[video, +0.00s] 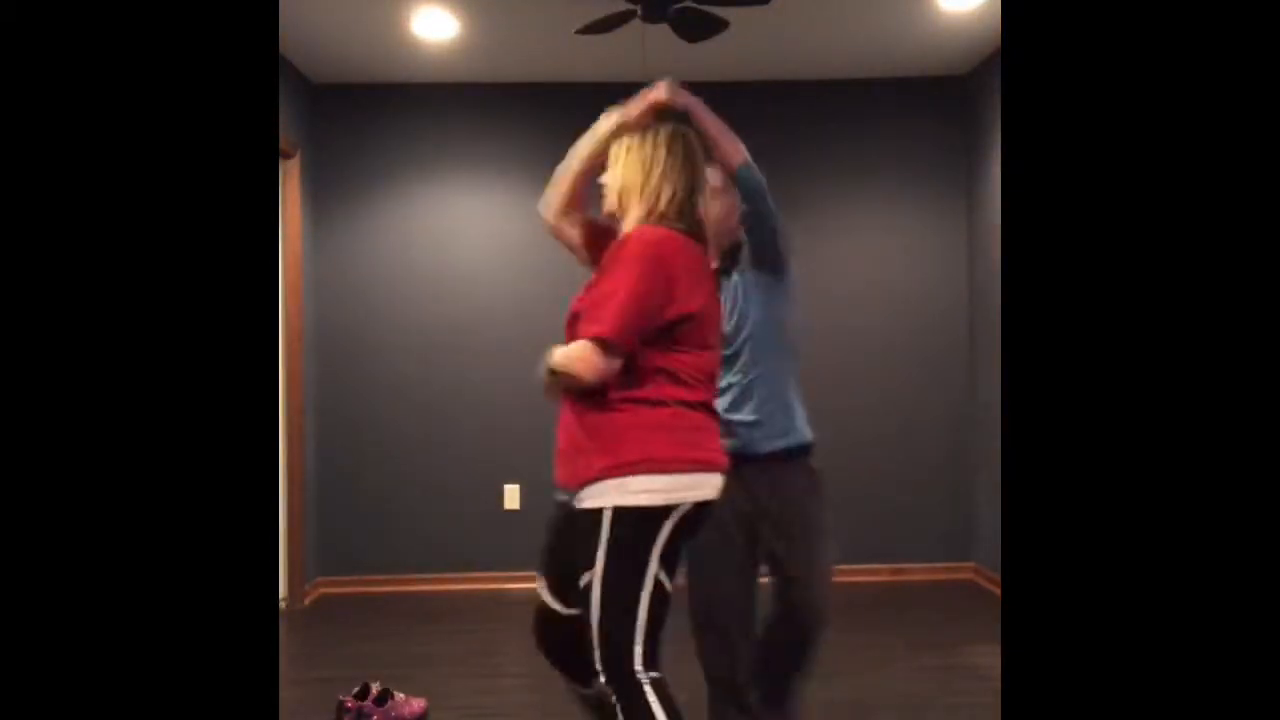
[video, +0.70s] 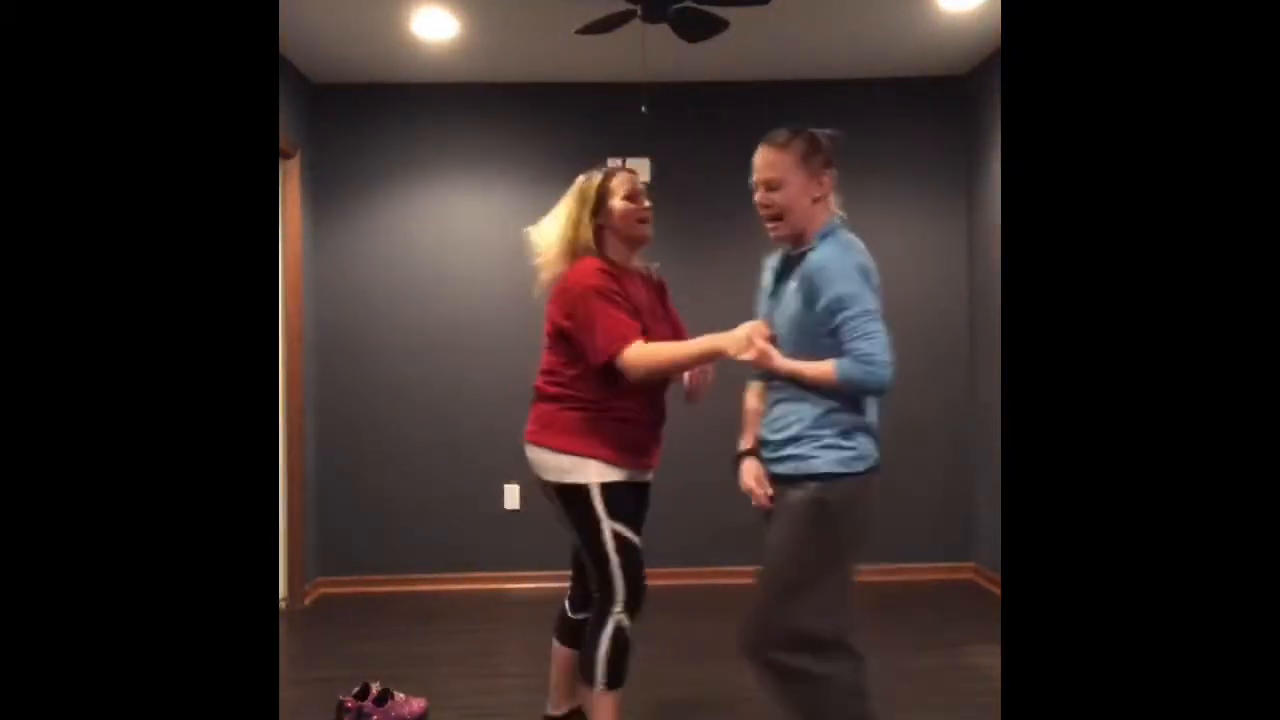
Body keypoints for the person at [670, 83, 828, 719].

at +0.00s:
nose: (721, 198)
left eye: (727, 188)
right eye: (712, 189)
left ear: (743, 207)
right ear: (690, 207)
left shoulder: (763, 268)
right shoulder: (678, 276)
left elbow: (748, 179)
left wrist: (691, 104)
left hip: (783, 457)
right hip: (713, 463)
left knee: (807, 601)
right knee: (718, 615)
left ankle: (769, 693)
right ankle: (729, 706)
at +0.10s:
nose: (725, 201)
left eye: (738, 189)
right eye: (718, 191)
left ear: (766, 199)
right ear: (709, 206)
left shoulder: (784, 258)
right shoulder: (710, 280)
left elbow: (748, 172)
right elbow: (707, 359)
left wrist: (693, 94)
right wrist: (707, 398)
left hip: (809, 461)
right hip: (738, 462)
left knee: (838, 609)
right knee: (732, 617)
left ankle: (864, 710)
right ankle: (741, 712)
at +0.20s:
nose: (742, 201)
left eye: (756, 188)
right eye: (740, 190)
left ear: (791, 195)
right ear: (734, 201)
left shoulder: (811, 255)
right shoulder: (745, 281)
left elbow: (758, 188)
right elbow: (756, 360)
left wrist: (690, 135)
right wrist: (732, 394)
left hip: (829, 462)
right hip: (764, 466)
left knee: (869, 622)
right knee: (754, 634)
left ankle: (913, 707)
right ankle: (761, 714)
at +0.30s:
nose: (764, 204)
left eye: (778, 192)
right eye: (759, 193)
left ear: (819, 194)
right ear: (756, 196)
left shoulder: (834, 248)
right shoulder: (775, 270)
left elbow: (748, 238)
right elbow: (797, 368)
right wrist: (760, 406)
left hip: (854, 465)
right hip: (790, 467)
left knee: (889, 630)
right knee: (778, 636)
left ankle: (922, 711)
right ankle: (790, 717)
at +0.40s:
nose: (777, 203)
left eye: (789, 190)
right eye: (772, 192)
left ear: (832, 189)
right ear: (771, 197)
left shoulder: (848, 255)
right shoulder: (798, 272)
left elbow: (799, 322)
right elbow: (813, 369)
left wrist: (715, 347)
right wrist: (777, 413)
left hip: (867, 472)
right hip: (805, 472)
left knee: (894, 632)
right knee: (795, 630)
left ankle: (936, 710)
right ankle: (816, 715)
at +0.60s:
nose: (778, 198)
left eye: (792, 185)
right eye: (774, 187)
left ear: (838, 186)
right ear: (771, 191)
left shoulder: (854, 255)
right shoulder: (799, 265)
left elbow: (883, 362)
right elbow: (790, 367)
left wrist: (791, 364)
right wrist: (765, 435)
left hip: (850, 477)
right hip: (802, 476)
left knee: (868, 642)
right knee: (822, 639)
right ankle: (850, 716)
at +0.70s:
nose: (762, 199)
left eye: (775, 186)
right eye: (756, 187)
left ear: (822, 185)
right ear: (753, 189)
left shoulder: (840, 261)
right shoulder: (778, 262)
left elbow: (875, 371)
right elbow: (761, 364)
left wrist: (781, 365)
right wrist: (749, 448)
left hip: (831, 478)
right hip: (791, 476)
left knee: (774, 632)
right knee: (818, 634)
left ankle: (844, 710)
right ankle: (848, 712)